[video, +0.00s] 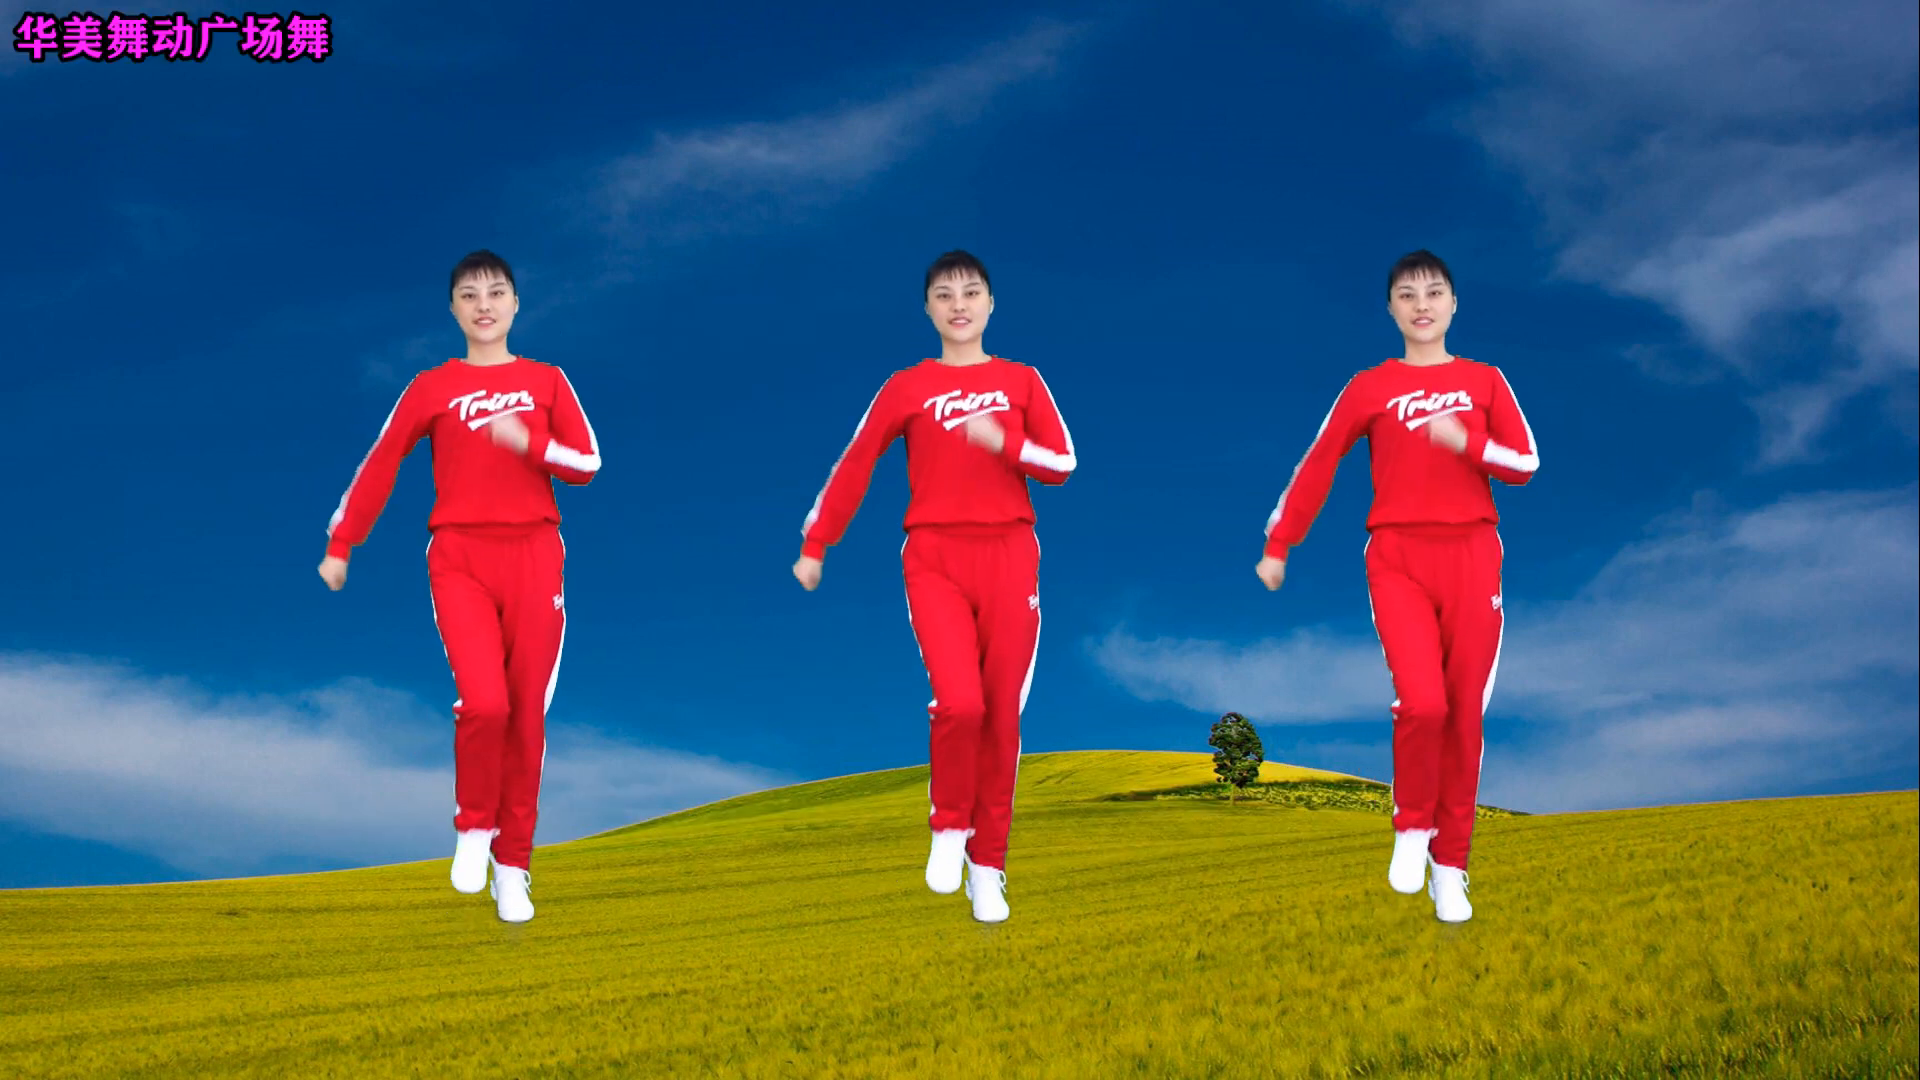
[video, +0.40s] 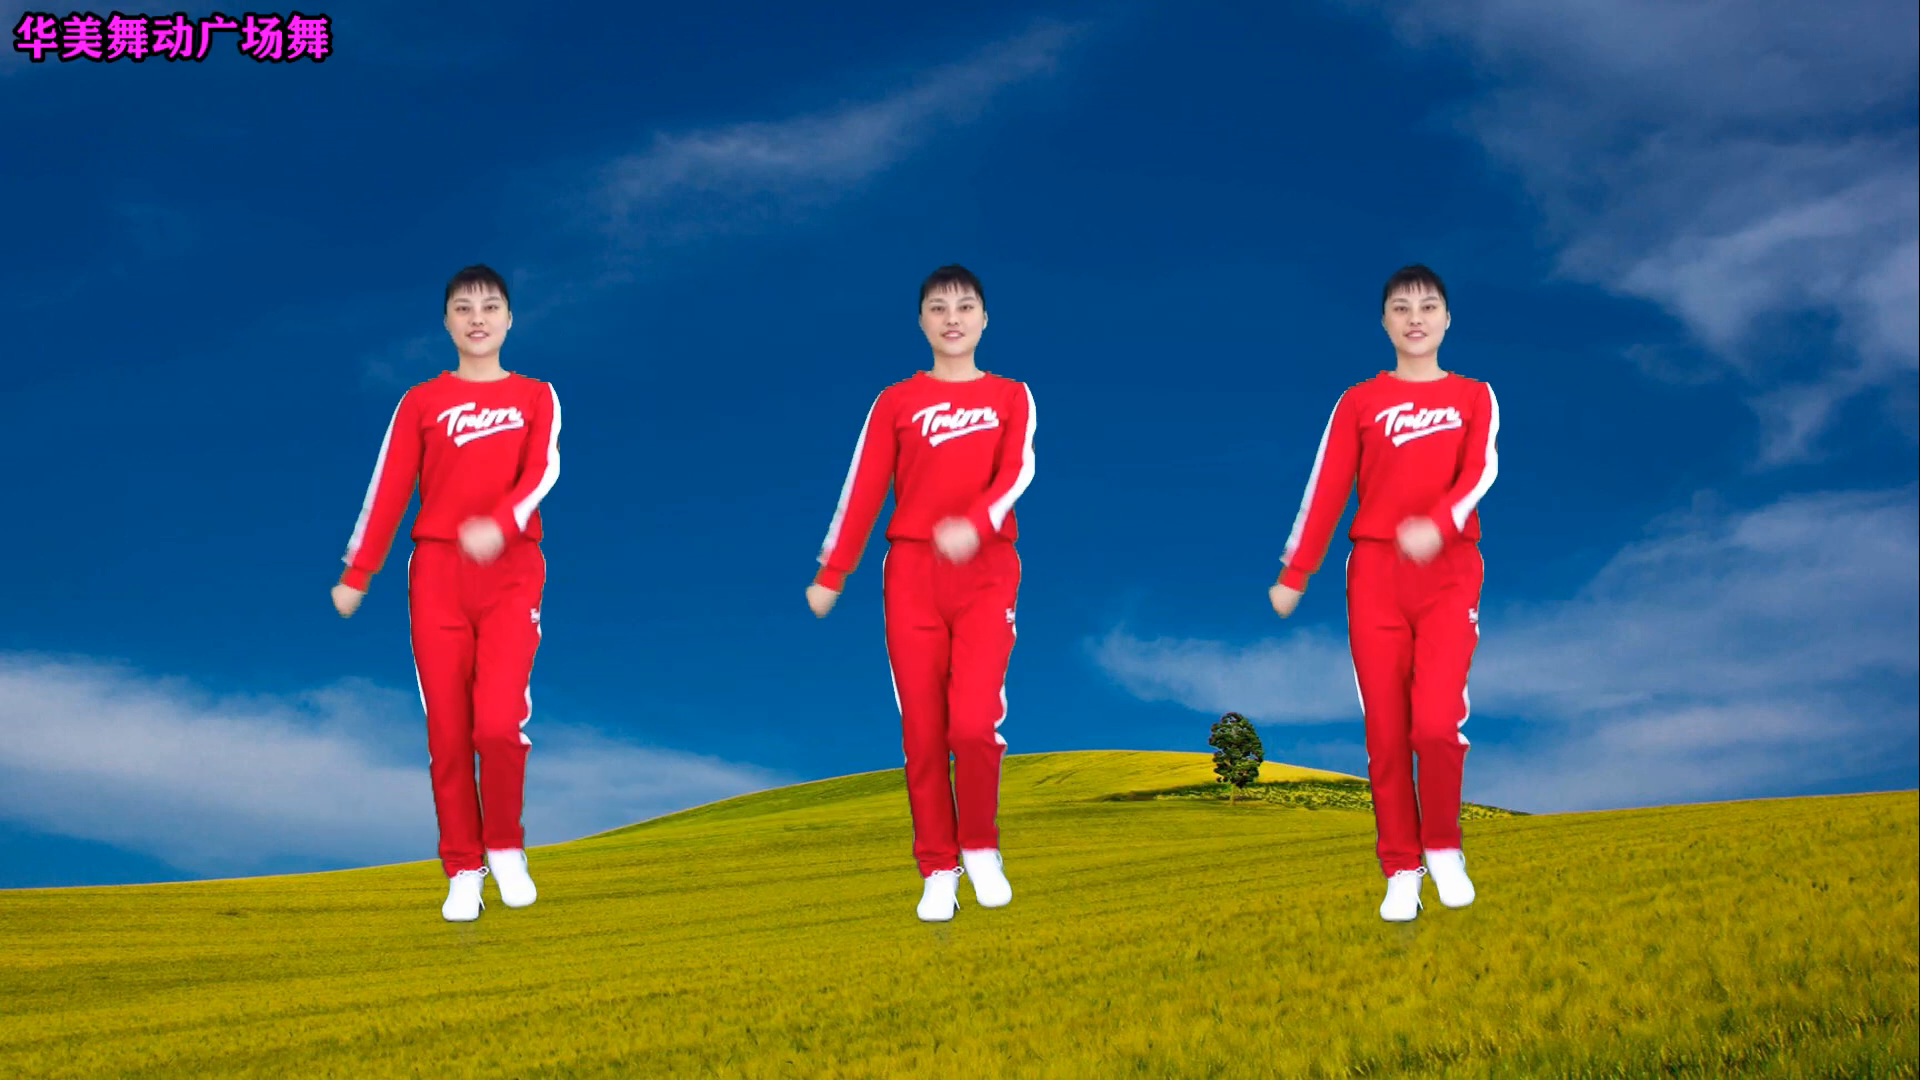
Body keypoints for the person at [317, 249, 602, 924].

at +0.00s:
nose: (484, 305)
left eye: (495, 294)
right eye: (471, 296)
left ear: (514, 303)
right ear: (455, 308)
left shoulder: (546, 381)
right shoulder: (430, 388)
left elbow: (586, 465)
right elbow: (379, 464)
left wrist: (531, 442)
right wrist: (340, 544)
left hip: (534, 556)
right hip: (458, 556)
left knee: (527, 712)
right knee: (485, 705)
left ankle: (514, 861)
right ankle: (475, 827)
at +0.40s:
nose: (478, 318)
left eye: (489, 308)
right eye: (465, 309)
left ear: (508, 319)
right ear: (448, 322)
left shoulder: (536, 396)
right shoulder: (420, 402)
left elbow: (540, 476)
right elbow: (388, 490)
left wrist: (499, 522)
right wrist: (357, 571)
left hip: (511, 577)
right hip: (437, 577)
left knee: (499, 724)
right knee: (446, 731)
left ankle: (504, 849)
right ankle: (462, 867)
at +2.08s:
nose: (465, 302)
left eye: (477, 293)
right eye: (453, 292)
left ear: (495, 306)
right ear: (436, 304)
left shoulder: (523, 380)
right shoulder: (405, 383)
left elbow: (574, 458)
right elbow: (357, 464)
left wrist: (603, 540)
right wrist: (415, 428)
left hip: (501, 557)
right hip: (425, 558)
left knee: (483, 712)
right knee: (435, 720)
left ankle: (491, 846)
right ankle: (452, 862)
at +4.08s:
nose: (476, 305)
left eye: (487, 294)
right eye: (462, 297)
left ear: (506, 307)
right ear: (445, 313)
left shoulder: (538, 383)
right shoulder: (423, 393)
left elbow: (566, 466)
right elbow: (371, 473)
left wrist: (500, 440)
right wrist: (327, 554)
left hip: (524, 562)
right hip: (448, 563)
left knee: (518, 718)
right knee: (475, 696)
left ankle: (500, 866)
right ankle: (466, 807)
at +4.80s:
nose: (499, 301)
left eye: (502, 291)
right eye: (482, 292)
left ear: (507, 310)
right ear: (447, 311)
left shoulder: (531, 391)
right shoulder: (432, 378)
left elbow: (551, 491)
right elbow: (489, 429)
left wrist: (562, 566)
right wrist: (584, 451)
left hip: (527, 564)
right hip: (456, 560)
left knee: (558, 708)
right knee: (454, 725)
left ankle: (563, 833)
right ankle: (449, 867)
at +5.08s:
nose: (534, 304)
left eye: (538, 297)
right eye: (520, 296)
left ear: (543, 315)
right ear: (488, 314)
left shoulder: (569, 385)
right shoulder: (475, 377)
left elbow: (600, 479)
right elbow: (472, 291)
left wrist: (614, 563)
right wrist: (518, 221)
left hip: (583, 562)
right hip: (511, 560)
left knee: (597, 730)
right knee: (483, 726)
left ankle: (610, 866)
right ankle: (451, 863)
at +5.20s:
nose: (546, 303)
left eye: (552, 294)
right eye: (530, 296)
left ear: (563, 310)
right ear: (501, 316)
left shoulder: (596, 379)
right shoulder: (492, 380)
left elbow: (630, 474)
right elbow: (443, 316)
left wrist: (639, 560)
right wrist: (445, 228)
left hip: (609, 559)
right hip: (535, 558)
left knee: (612, 727)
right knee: (521, 724)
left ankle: (610, 868)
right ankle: (472, 854)